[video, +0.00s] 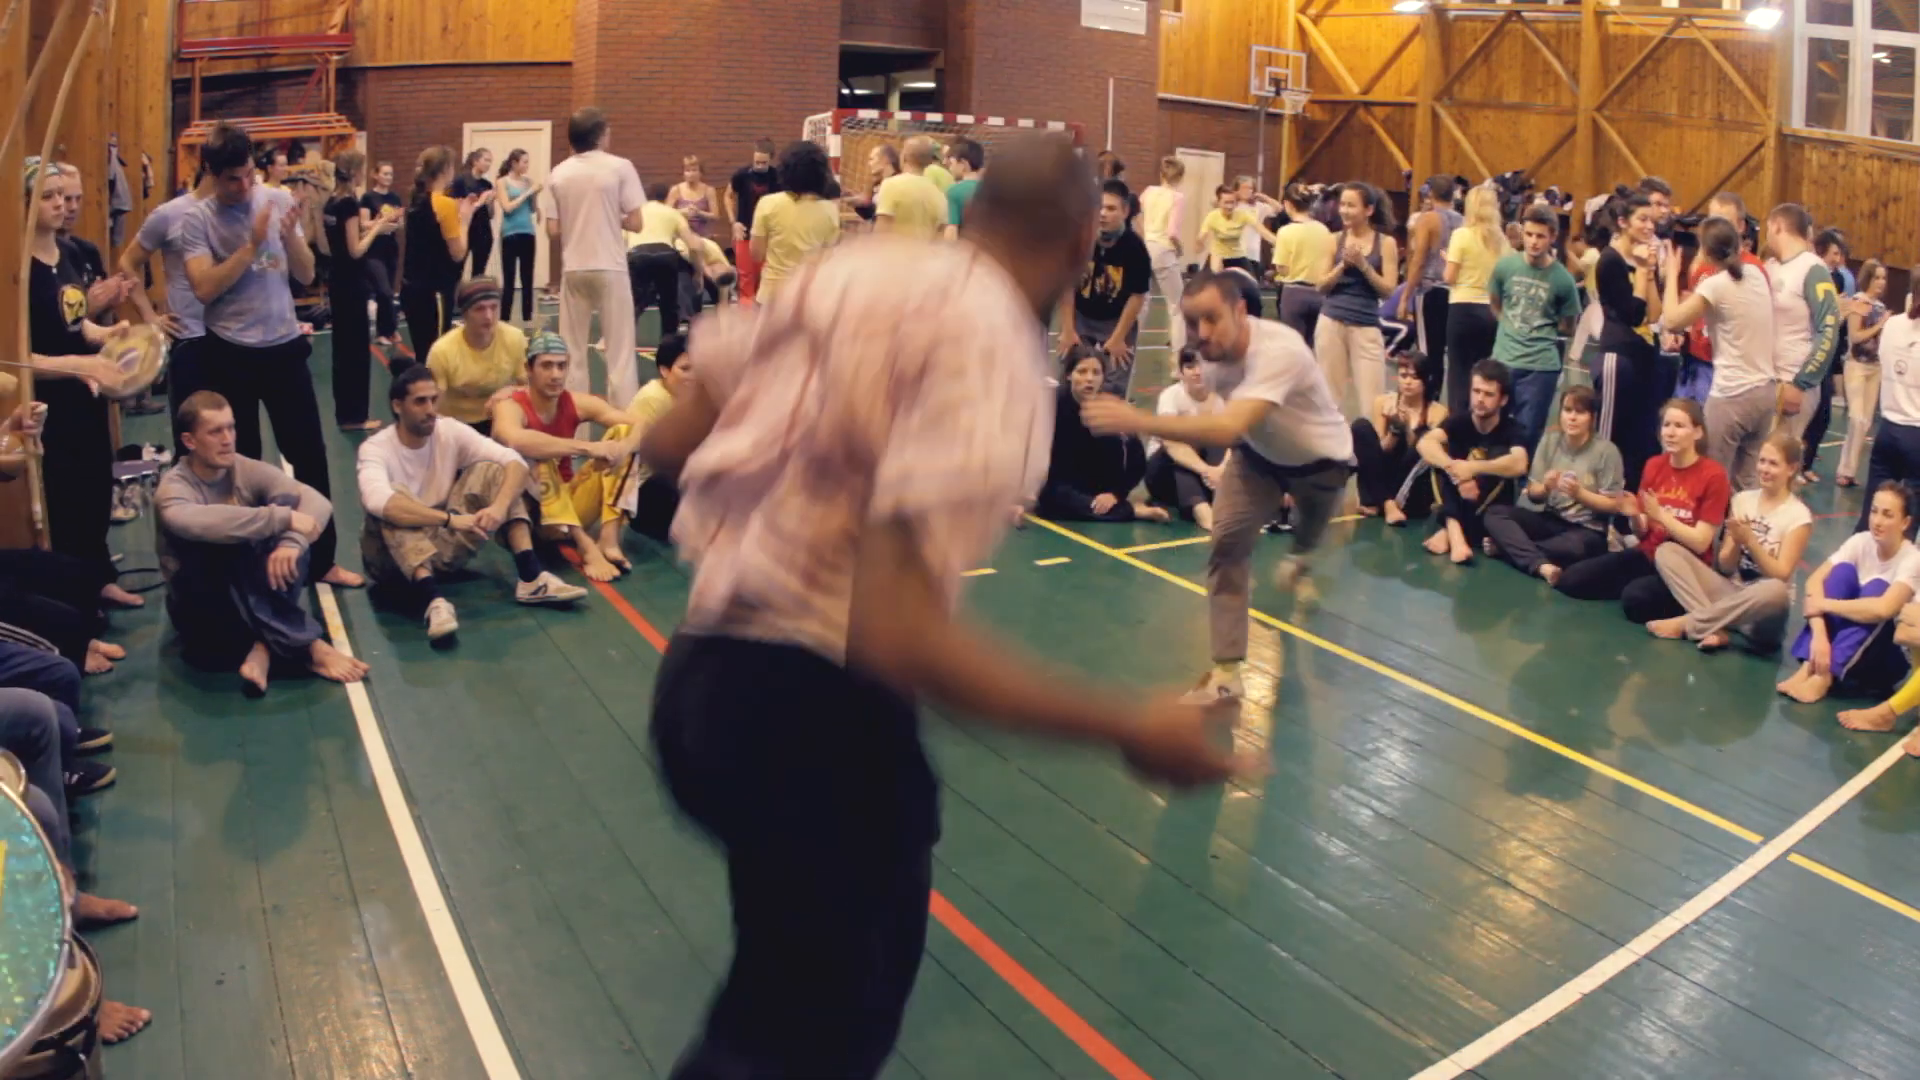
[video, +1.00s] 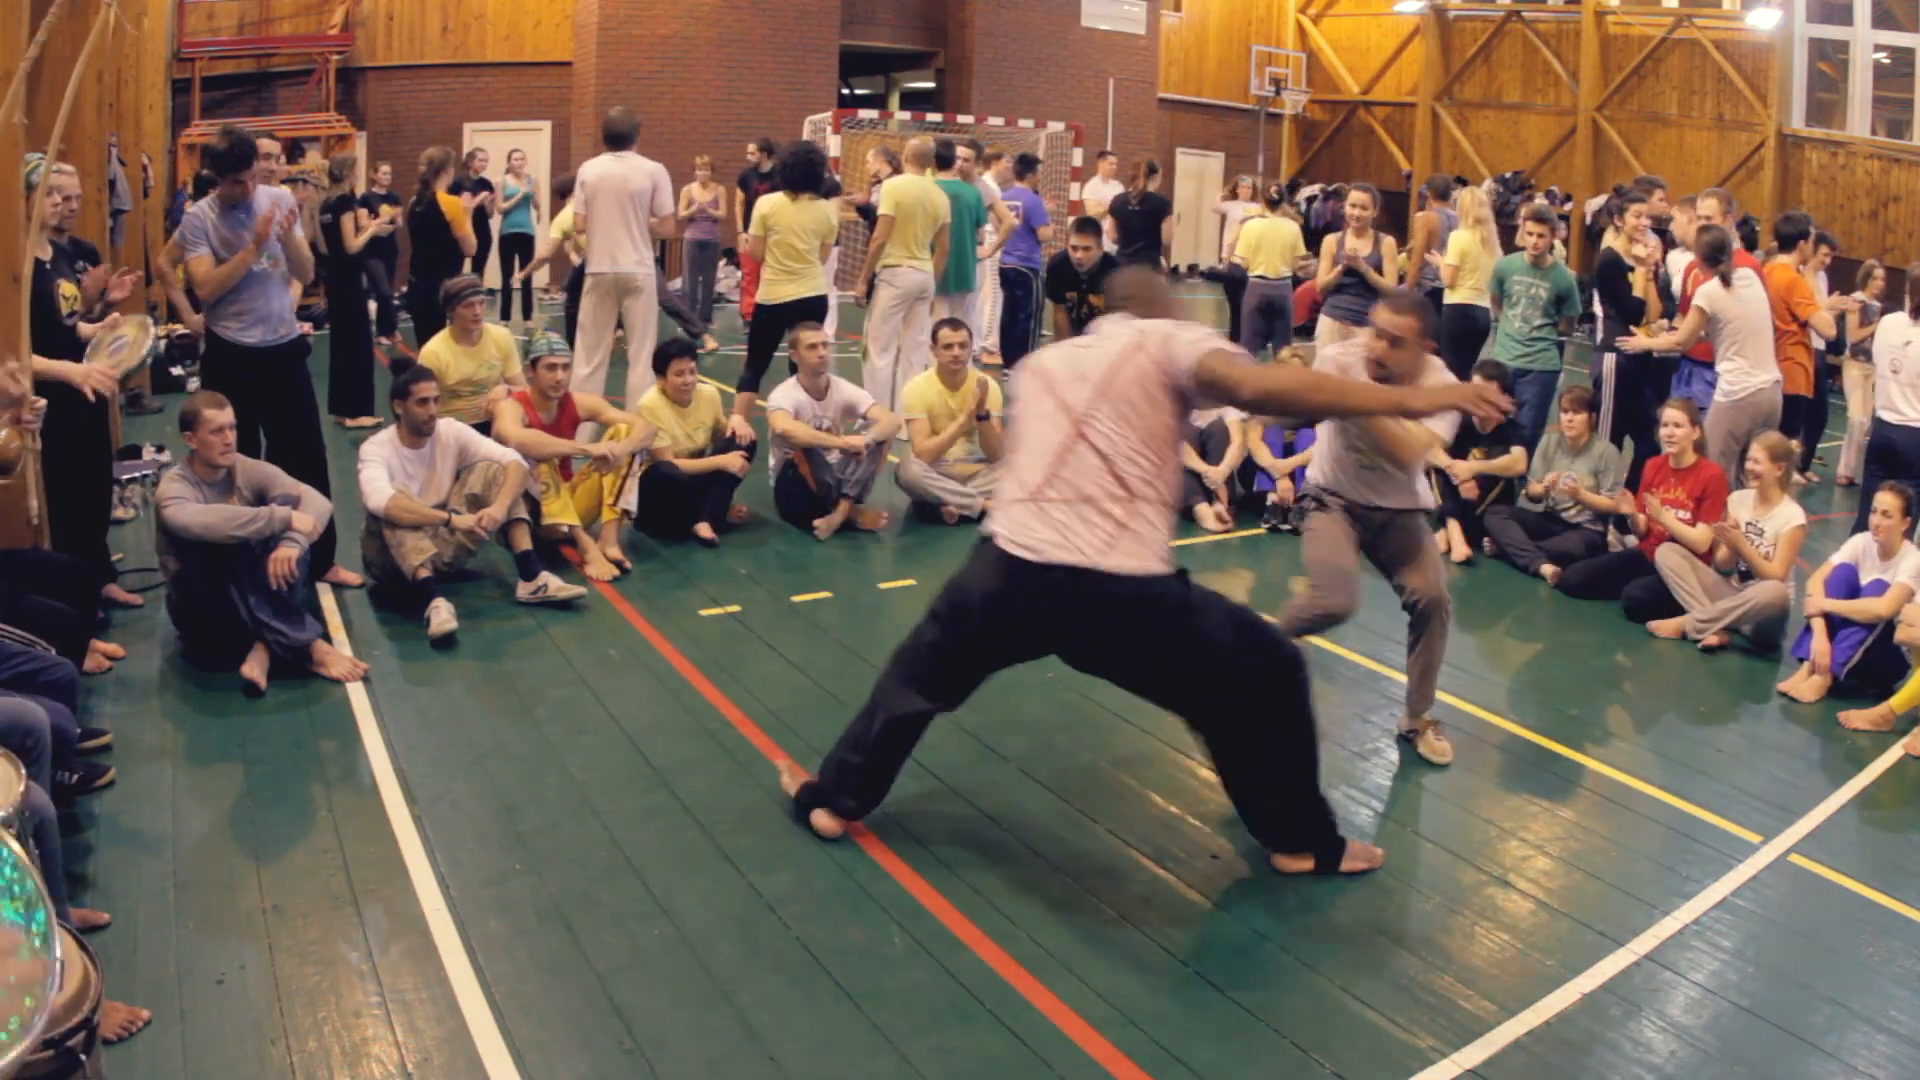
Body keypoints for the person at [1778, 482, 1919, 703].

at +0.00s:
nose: (1877, 521)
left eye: (1887, 515)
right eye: (1874, 512)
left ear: (1905, 523)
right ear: (1868, 512)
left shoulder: (1912, 559)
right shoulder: (1860, 542)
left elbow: (1885, 609)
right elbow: (1814, 581)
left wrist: (1822, 604)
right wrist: (1820, 638)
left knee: (1876, 586)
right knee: (1843, 571)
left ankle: (1824, 676)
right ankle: (1807, 666)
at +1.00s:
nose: (1876, 521)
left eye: (1886, 515)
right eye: (1874, 512)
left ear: (1905, 524)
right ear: (1868, 512)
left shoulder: (1912, 559)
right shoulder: (1860, 542)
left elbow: (1885, 610)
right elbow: (1814, 581)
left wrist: (1823, 604)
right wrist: (1820, 638)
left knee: (1877, 587)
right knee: (1843, 571)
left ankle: (1823, 676)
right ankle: (1808, 666)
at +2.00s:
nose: (1876, 522)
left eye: (1886, 516)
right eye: (1874, 512)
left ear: (1905, 524)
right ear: (1869, 513)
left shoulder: (1912, 559)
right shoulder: (1860, 542)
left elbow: (1885, 610)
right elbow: (1815, 581)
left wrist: (1823, 604)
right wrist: (1820, 638)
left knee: (1877, 587)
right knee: (1843, 572)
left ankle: (1824, 676)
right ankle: (1807, 666)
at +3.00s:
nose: (1875, 521)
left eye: (1885, 516)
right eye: (1873, 513)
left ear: (1905, 525)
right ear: (1869, 513)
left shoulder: (1912, 559)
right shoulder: (1860, 542)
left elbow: (1886, 610)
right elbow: (1815, 581)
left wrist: (1823, 604)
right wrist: (1820, 638)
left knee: (1877, 587)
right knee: (1844, 572)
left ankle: (1823, 676)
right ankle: (1807, 666)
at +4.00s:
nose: (1881, 523)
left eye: (1891, 516)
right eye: (1877, 513)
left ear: (1907, 524)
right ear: (1871, 515)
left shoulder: (1913, 560)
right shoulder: (1860, 543)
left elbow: (1890, 605)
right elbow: (1826, 575)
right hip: (1853, 620)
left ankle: (1817, 678)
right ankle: (1809, 673)